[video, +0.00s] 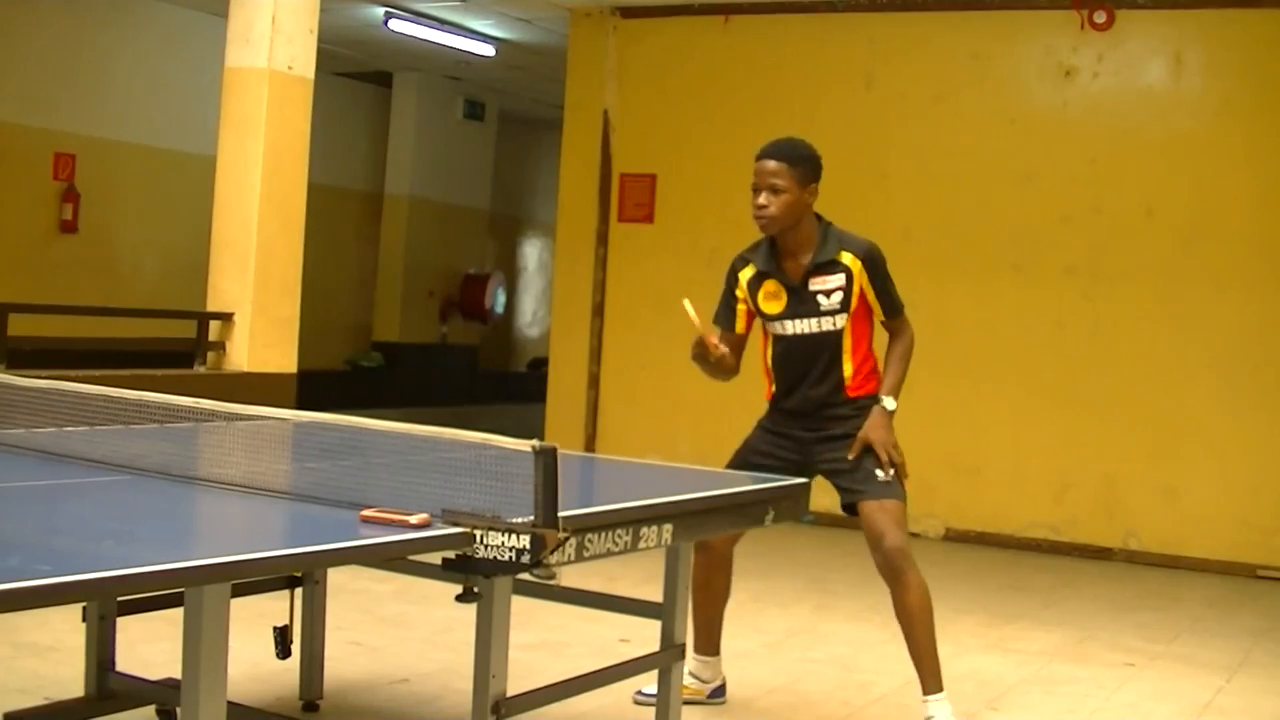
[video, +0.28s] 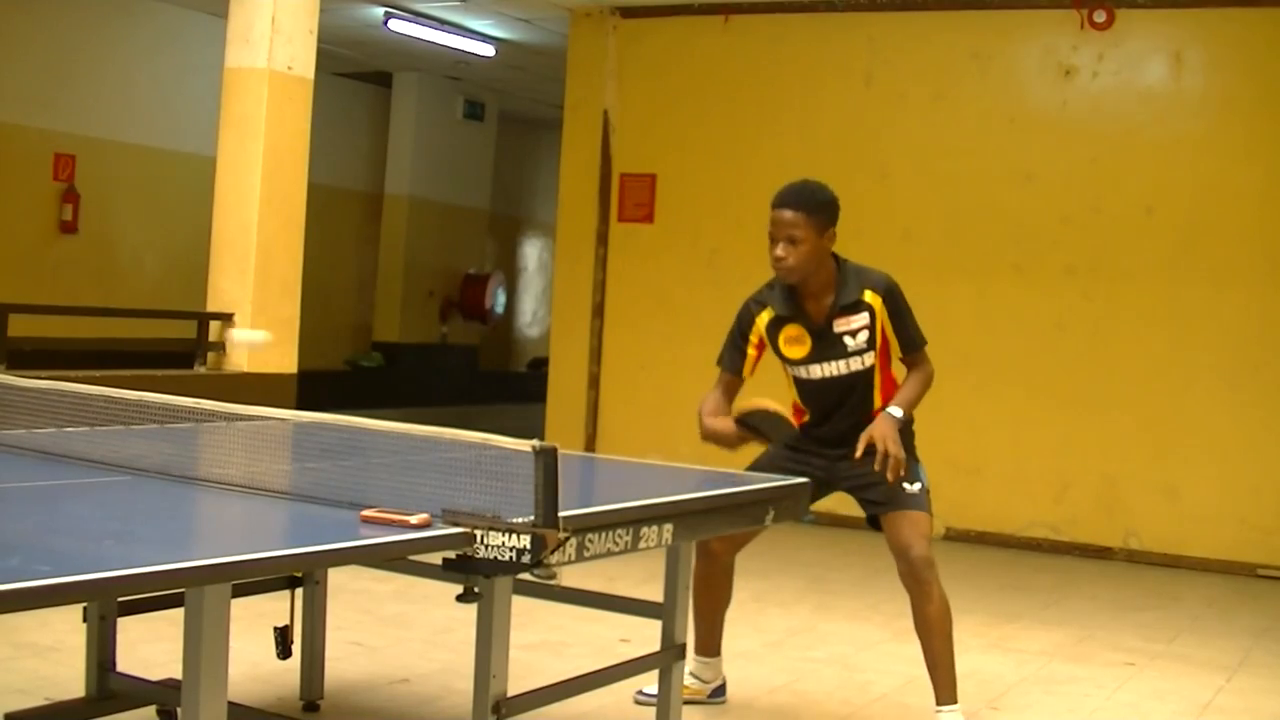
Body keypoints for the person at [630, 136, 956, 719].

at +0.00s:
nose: (758, 203)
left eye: (772, 191)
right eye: (755, 190)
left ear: (810, 193)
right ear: (753, 192)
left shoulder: (859, 257)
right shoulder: (748, 268)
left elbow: (900, 331)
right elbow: (728, 365)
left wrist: (884, 408)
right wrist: (709, 356)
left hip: (853, 427)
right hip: (782, 427)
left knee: (892, 549)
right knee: (710, 530)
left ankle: (935, 702)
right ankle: (704, 672)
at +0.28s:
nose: (778, 253)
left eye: (791, 241)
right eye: (773, 240)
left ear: (827, 239)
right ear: (769, 238)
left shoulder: (877, 292)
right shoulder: (762, 310)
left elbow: (920, 366)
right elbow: (720, 394)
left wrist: (892, 415)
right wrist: (719, 424)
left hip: (878, 444)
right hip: (804, 446)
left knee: (917, 559)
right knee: (714, 542)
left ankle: (949, 710)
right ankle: (704, 674)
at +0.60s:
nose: (780, 267)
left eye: (792, 255)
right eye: (774, 254)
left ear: (828, 246)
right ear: (766, 247)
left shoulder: (874, 288)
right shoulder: (755, 305)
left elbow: (911, 356)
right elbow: (690, 363)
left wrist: (897, 388)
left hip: (868, 444)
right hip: (791, 446)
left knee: (910, 558)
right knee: (708, 545)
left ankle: (945, 709)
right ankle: (704, 675)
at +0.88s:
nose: (762, 231)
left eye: (775, 219)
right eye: (758, 218)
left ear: (813, 221)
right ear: (755, 219)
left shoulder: (857, 287)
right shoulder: (742, 284)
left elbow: (892, 375)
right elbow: (649, 323)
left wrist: (860, 368)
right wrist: (602, 269)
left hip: (844, 450)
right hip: (766, 448)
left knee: (902, 557)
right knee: (680, 550)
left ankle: (924, 709)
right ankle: (673, 669)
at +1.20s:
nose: (649, 238)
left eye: (661, 225)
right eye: (646, 225)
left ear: (700, 223)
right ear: (654, 226)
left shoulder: (735, 270)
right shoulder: (691, 290)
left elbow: (760, 365)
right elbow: (709, 386)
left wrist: (674, 349)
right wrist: (636, 431)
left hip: (804, 429)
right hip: (751, 431)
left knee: (813, 577)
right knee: (662, 522)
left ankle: (902, 705)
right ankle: (635, 660)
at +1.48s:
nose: (593, 278)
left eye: (597, 264)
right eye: (590, 266)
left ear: (632, 251)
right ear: (630, 254)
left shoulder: (673, 286)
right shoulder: (658, 295)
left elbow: (720, 371)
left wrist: (639, 409)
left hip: (773, 436)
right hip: (722, 436)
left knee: (790, 583)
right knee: (629, 509)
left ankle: (893, 704)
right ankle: (632, 661)